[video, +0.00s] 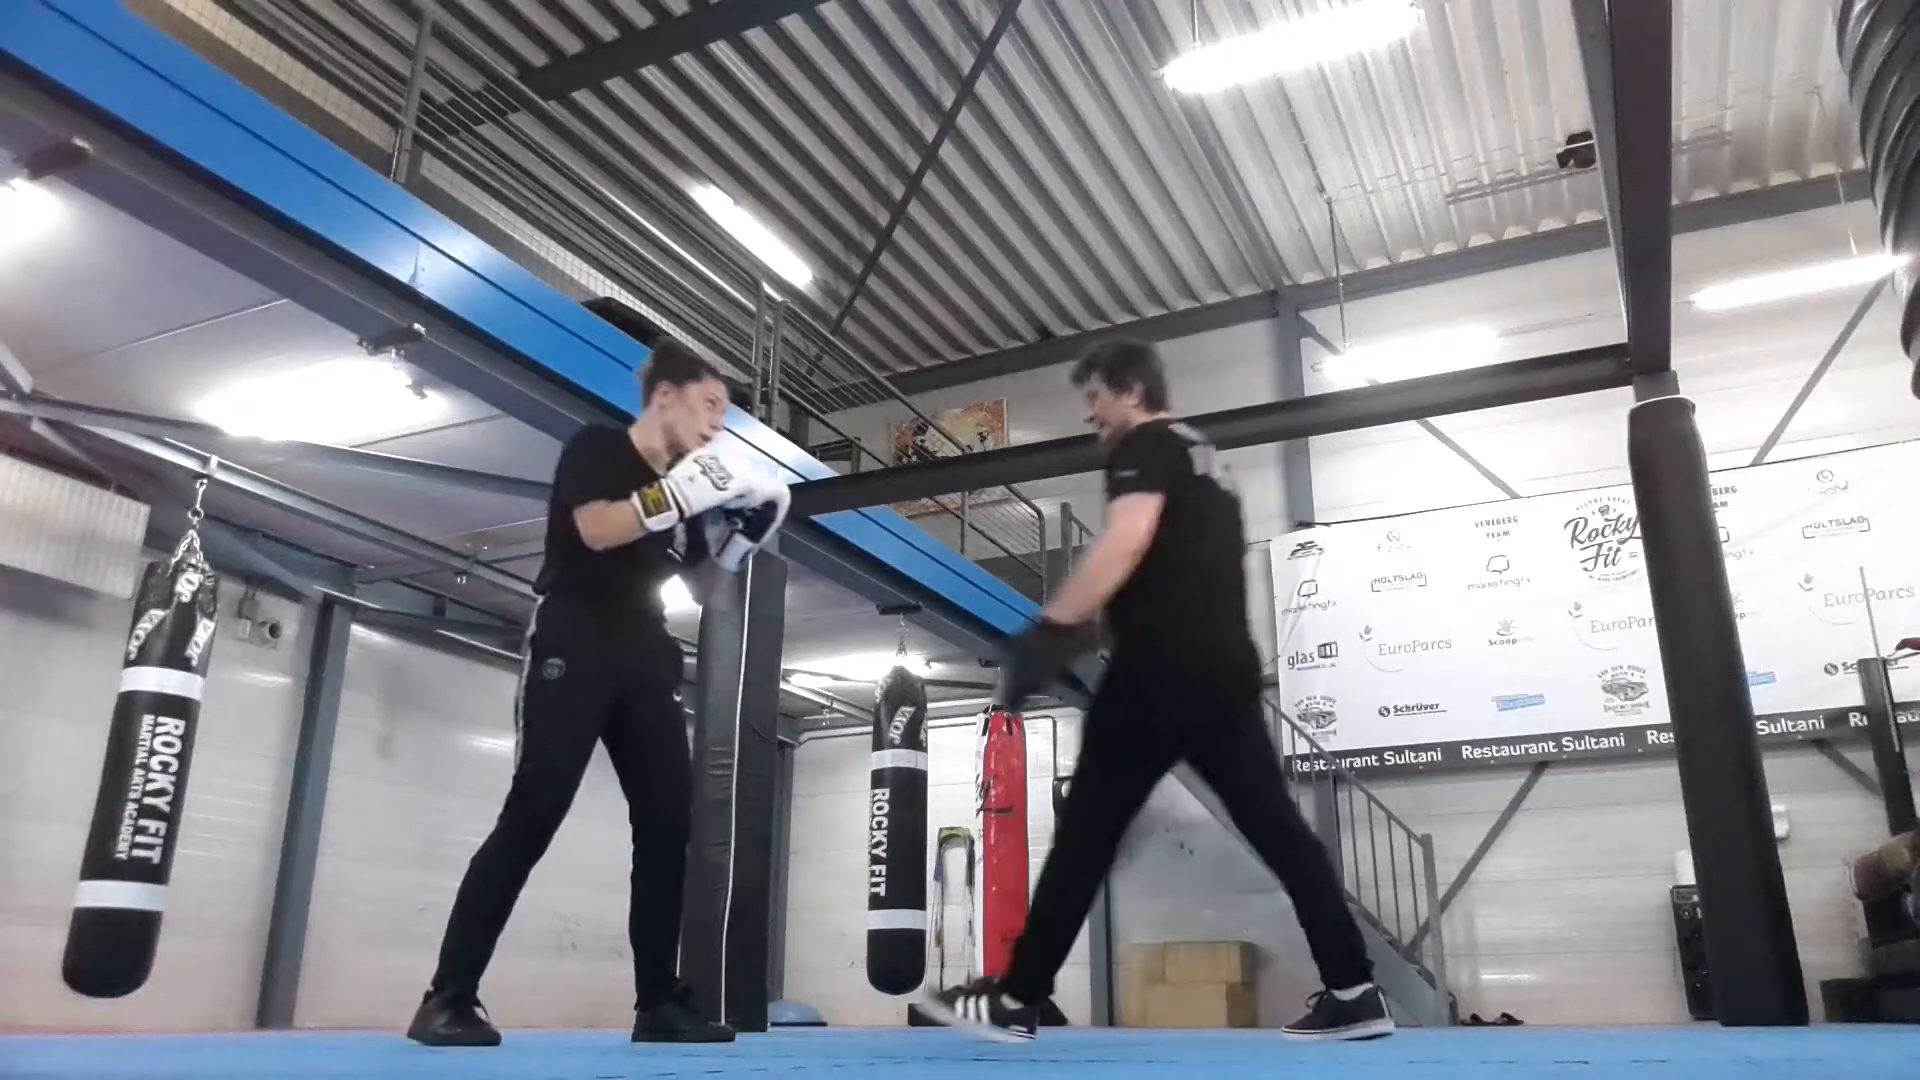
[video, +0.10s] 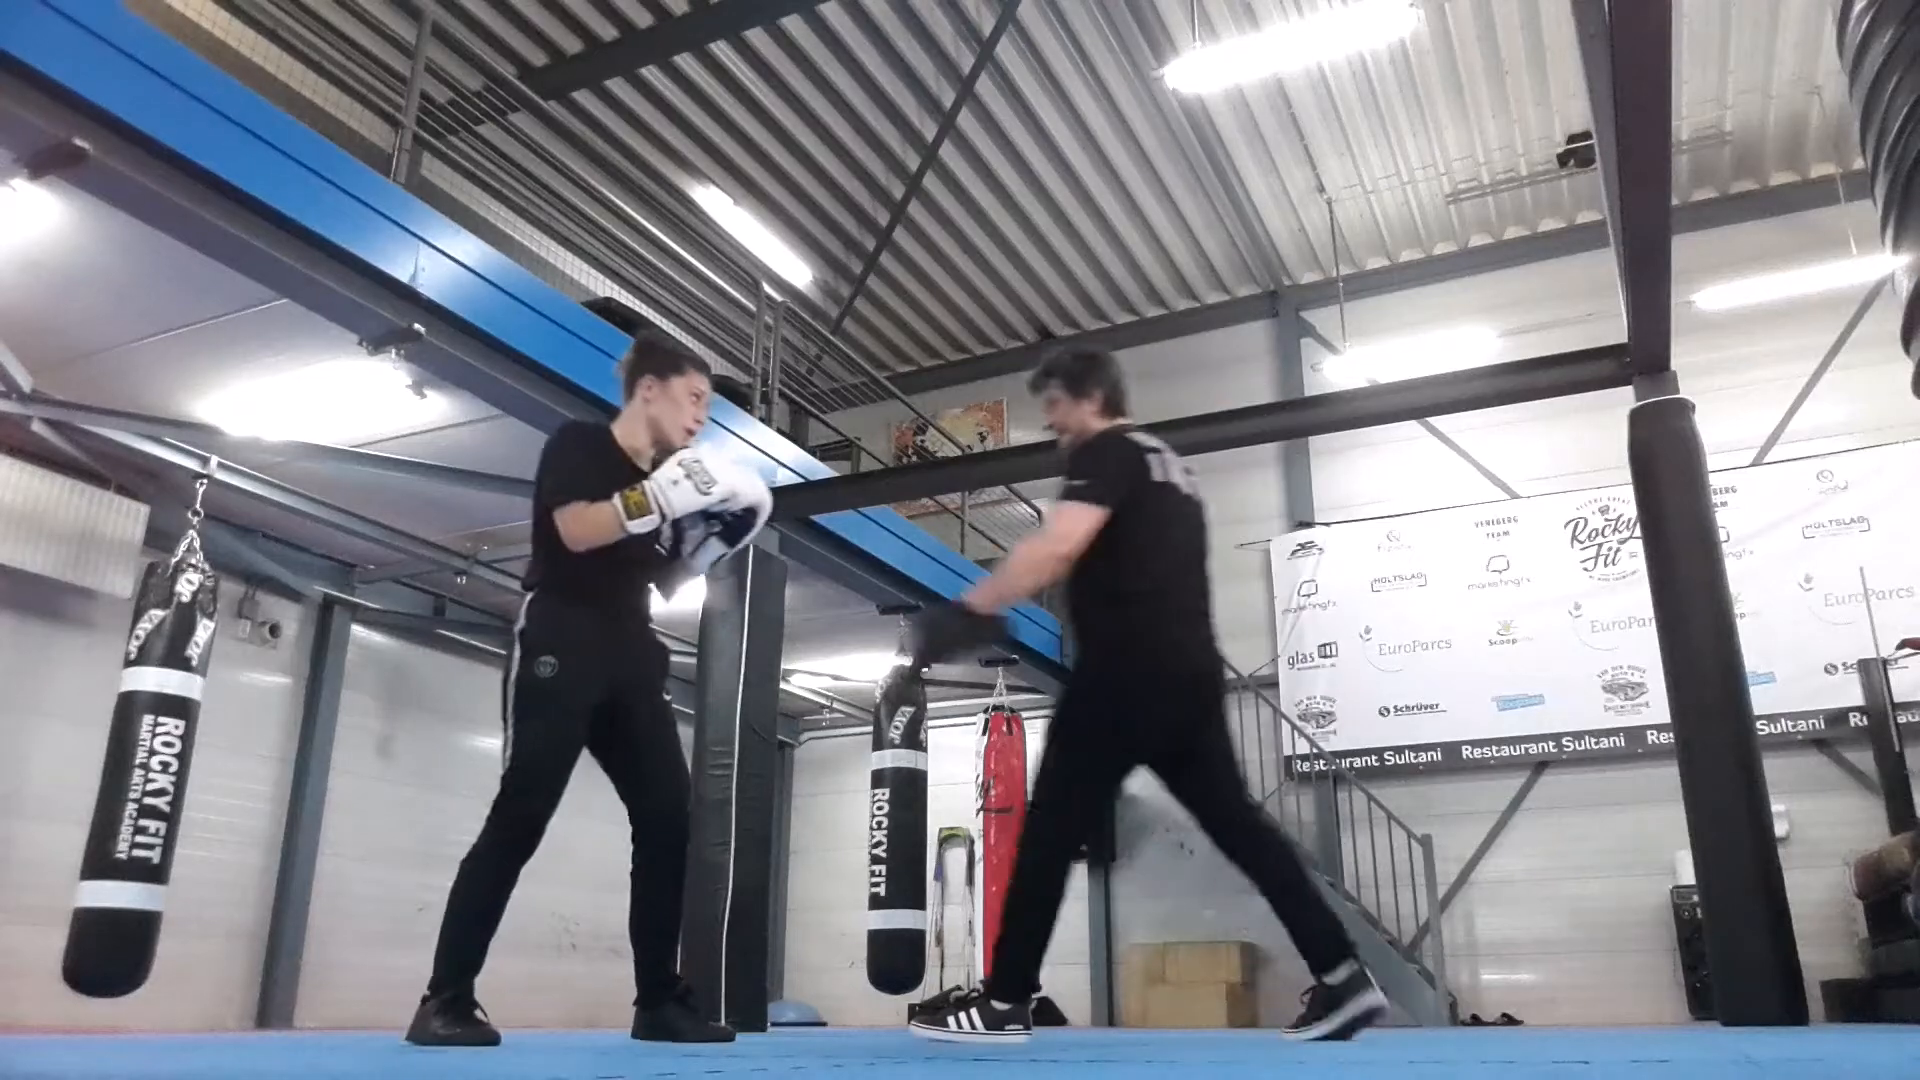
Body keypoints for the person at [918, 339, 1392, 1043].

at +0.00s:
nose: (1088, 416)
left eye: (1093, 400)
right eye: (1086, 403)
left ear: (1129, 392)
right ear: (1147, 397)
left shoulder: (1145, 446)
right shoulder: (1205, 458)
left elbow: (1127, 539)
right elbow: (1184, 574)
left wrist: (1050, 627)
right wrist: (1094, 630)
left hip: (1154, 676)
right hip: (1221, 674)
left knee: (1086, 833)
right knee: (1281, 832)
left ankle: (1021, 991)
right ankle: (1353, 990)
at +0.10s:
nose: (1051, 424)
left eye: (1055, 408)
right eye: (1047, 411)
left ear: (1091, 399)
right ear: (1110, 401)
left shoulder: (1105, 454)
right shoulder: (1169, 464)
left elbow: (1054, 549)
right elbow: (1140, 572)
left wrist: (972, 605)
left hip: (1117, 684)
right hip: (1185, 681)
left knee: (1049, 829)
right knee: (1237, 823)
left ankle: (1006, 997)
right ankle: (1343, 977)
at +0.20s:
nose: (1008, 423)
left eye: (1014, 406)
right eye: (1004, 409)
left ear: (1050, 396)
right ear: (1069, 400)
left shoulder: (1070, 451)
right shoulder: (1129, 457)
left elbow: (998, 530)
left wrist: (895, 578)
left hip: (1085, 673)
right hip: (1151, 673)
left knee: (1027, 826)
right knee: (1181, 825)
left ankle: (1004, 999)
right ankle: (1308, 944)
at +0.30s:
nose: (982, 424)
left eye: (987, 407)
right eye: (978, 412)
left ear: (1026, 397)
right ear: (1047, 401)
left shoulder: (1043, 451)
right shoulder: (1106, 458)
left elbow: (958, 516)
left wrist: (849, 554)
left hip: (1065, 667)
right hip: (1128, 666)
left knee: (1017, 828)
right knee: (1121, 820)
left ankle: (1003, 1001)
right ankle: (1253, 923)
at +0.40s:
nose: (967, 422)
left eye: (972, 407)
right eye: (964, 411)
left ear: (1007, 397)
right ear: (1026, 400)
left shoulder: (1028, 450)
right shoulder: (1081, 457)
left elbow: (940, 514)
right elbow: (1026, 555)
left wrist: (834, 549)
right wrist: (957, 526)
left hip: (1047, 669)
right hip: (1104, 668)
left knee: (1010, 824)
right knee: (1096, 817)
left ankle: (1003, 996)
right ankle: (1187, 961)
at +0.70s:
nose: (949, 475)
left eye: (954, 459)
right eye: (943, 463)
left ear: (993, 449)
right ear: (1004, 455)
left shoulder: (1018, 498)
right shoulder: (1046, 512)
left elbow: (959, 556)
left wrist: (859, 590)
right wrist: (896, 597)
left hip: (1019, 693)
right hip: (1058, 699)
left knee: (924, 812)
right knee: (1024, 854)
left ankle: (983, 976)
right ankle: (1077, 1000)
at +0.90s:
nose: (914, 470)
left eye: (922, 453)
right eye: (907, 460)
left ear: (959, 444)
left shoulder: (987, 492)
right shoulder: (992, 506)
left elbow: (941, 558)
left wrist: (850, 598)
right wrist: (879, 606)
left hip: (984, 689)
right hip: (1021, 692)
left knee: (906, 817)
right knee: (1020, 850)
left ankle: (870, 983)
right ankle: (1077, 1000)